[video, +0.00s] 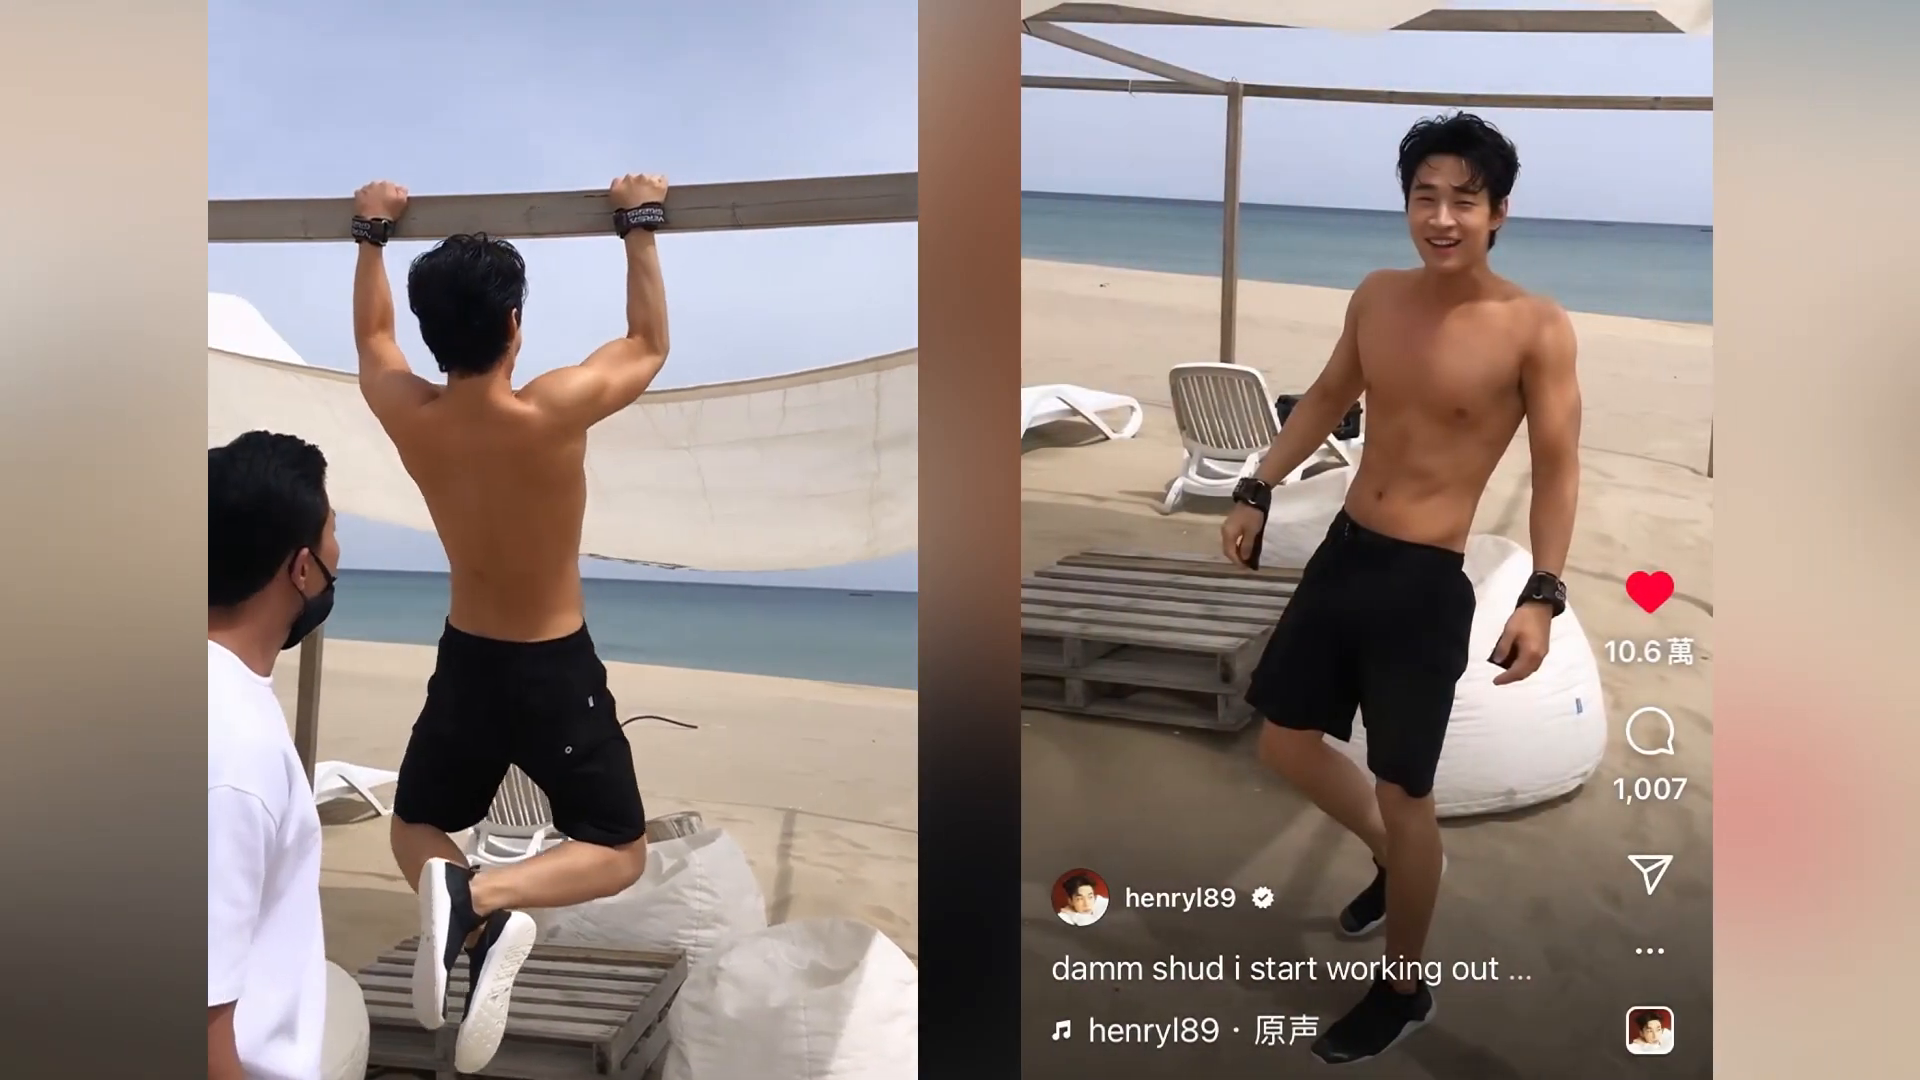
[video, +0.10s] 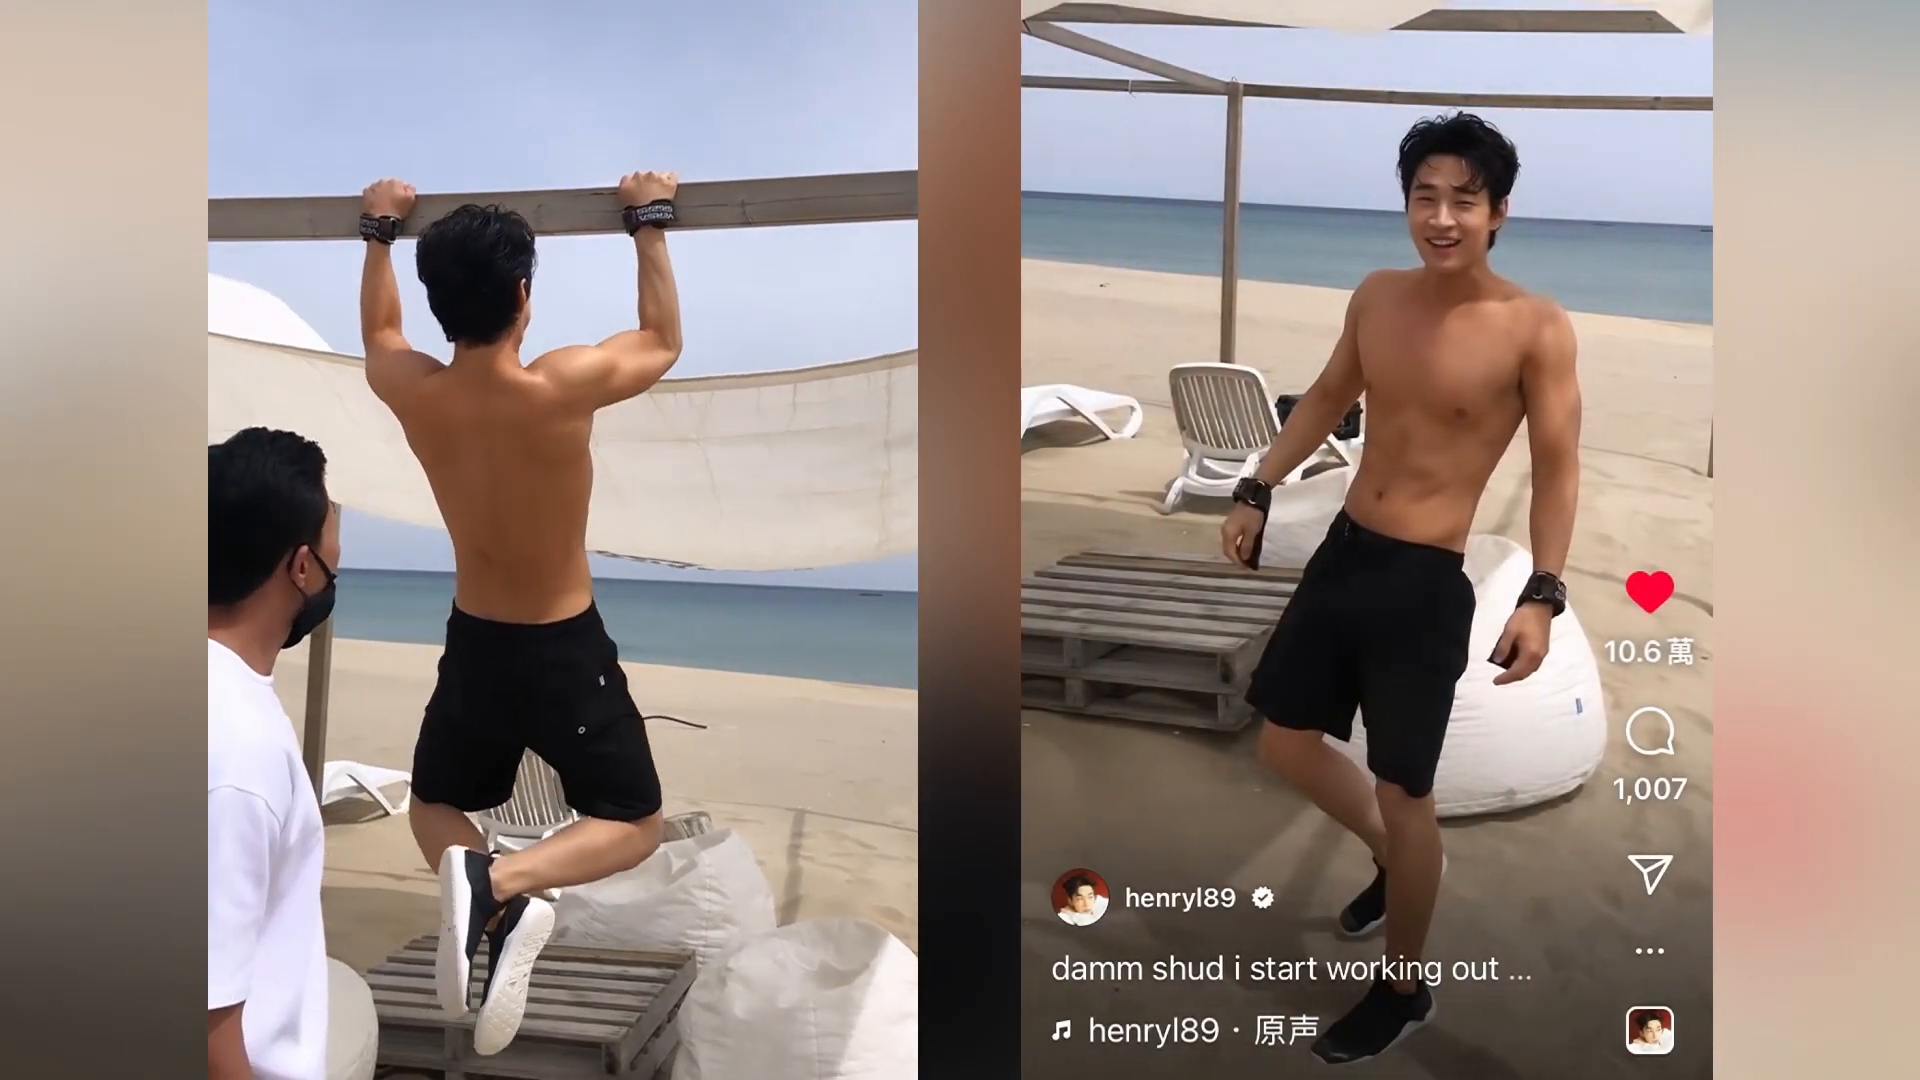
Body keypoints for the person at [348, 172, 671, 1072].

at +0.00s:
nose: (524, 319)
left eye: (514, 306)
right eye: (521, 307)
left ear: (430, 331)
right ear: (512, 325)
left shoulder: (411, 414)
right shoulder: (559, 408)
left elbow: (376, 336)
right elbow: (648, 342)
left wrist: (370, 235)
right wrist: (641, 226)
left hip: (468, 670)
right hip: (558, 673)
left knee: (417, 830)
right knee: (620, 853)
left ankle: (487, 924)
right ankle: (472, 892)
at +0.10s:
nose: (534, 286)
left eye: (525, 274)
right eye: (530, 275)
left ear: (440, 300)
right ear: (520, 296)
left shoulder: (417, 391)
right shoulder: (566, 383)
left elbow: (382, 337)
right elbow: (661, 339)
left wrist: (378, 235)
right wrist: (651, 222)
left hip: (476, 652)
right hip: (567, 653)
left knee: (436, 804)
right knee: (634, 823)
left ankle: (505, 910)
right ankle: (490, 880)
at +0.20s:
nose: (540, 258)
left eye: (534, 247)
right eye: (538, 247)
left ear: (444, 269)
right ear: (529, 262)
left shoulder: (419, 361)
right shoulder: (572, 353)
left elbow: (385, 330)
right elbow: (670, 337)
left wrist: (384, 232)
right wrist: (659, 221)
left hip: (481, 630)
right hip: (574, 628)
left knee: (447, 783)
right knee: (651, 796)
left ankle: (529, 892)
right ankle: (513, 860)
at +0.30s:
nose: (544, 219)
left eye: (539, 207)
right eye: (543, 208)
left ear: (447, 234)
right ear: (533, 223)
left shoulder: (420, 327)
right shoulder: (577, 319)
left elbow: (385, 329)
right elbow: (677, 331)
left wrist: (390, 229)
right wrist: (664, 218)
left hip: (484, 606)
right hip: (578, 601)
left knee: (450, 762)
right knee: (664, 766)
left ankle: (544, 877)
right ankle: (527, 841)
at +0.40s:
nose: (551, 184)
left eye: (545, 173)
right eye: (550, 173)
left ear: (451, 199)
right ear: (539, 187)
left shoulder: (417, 289)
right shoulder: (580, 283)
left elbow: (386, 332)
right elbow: (681, 326)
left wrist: (391, 223)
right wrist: (668, 212)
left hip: (483, 579)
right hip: (578, 573)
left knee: (456, 740)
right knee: (669, 734)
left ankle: (551, 857)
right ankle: (535, 822)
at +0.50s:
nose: (558, 153)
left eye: (550, 141)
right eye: (557, 142)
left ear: (458, 162)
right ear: (546, 155)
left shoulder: (421, 256)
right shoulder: (586, 252)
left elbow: (391, 327)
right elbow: (684, 319)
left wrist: (396, 215)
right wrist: (674, 205)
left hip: (481, 548)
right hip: (577, 543)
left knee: (456, 718)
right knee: (671, 708)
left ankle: (558, 848)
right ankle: (539, 808)